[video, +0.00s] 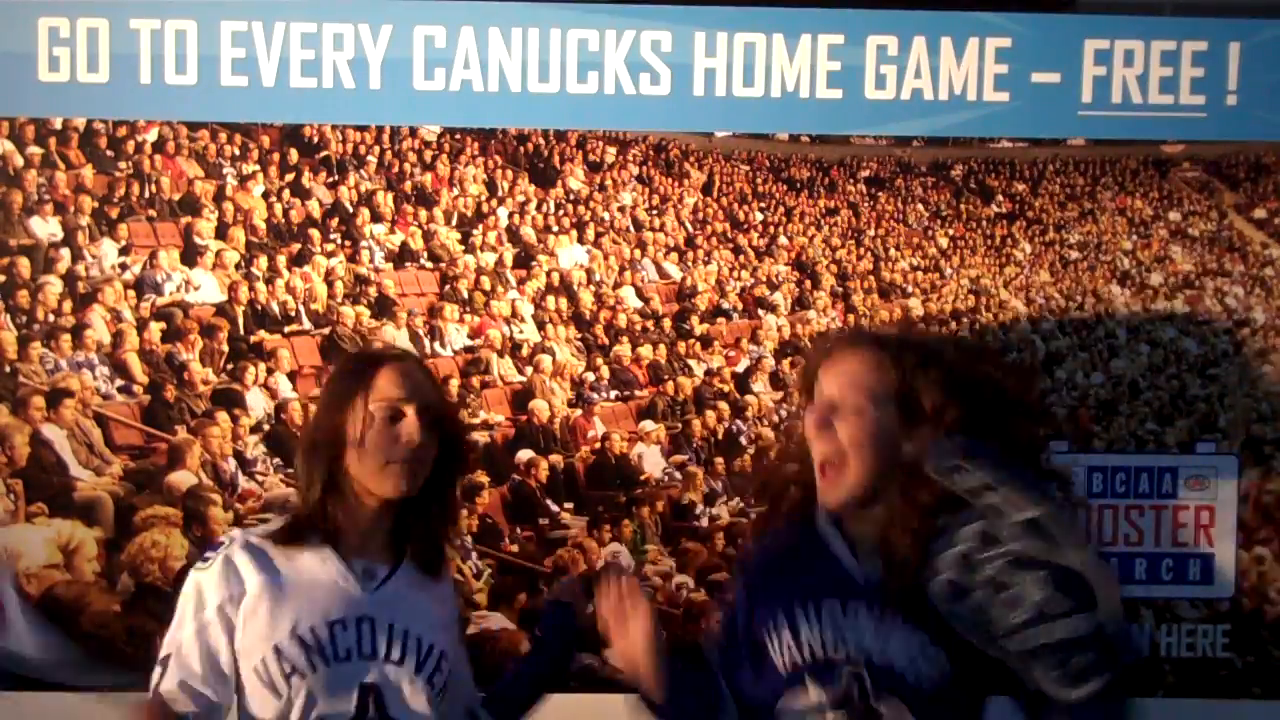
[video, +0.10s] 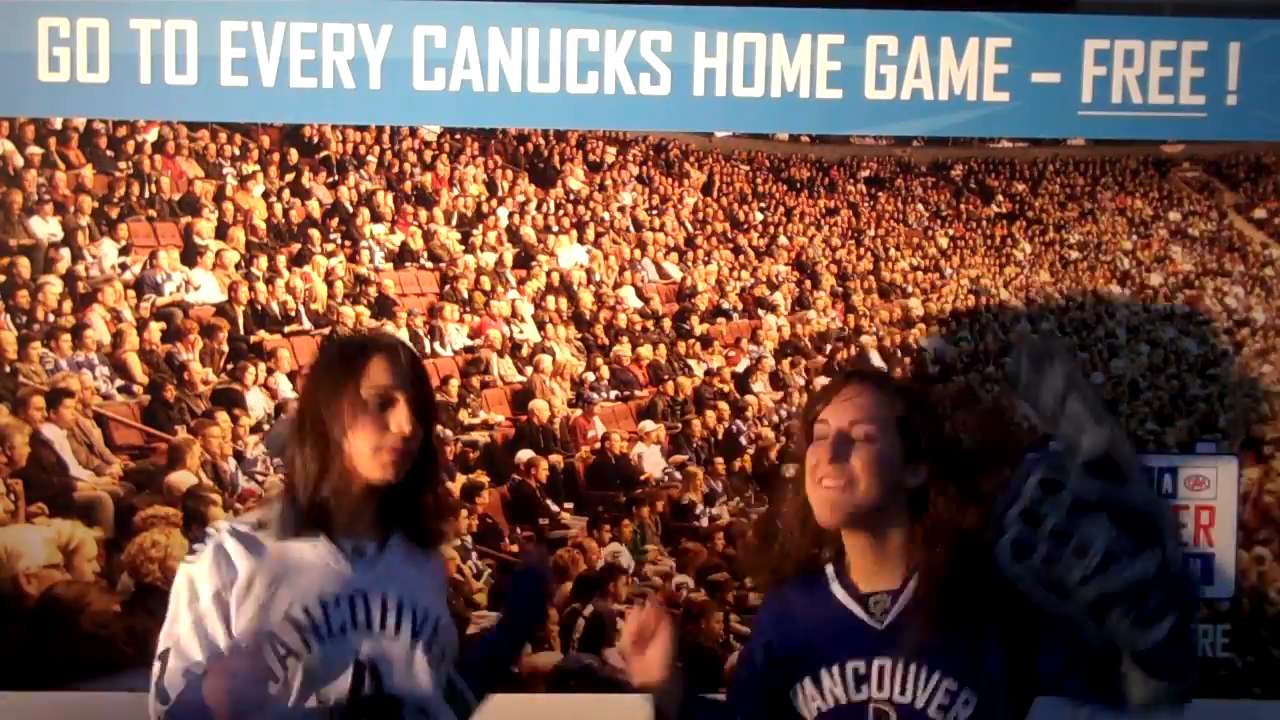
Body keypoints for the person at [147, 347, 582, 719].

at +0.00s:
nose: (418, 434)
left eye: (429, 417)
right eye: (393, 414)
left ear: (441, 438)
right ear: (339, 427)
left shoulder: (440, 593)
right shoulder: (238, 573)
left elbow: (465, 712)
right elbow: (181, 704)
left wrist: (560, 643)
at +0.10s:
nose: (407, 425)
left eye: (414, 403)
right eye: (380, 402)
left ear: (424, 416)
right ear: (327, 413)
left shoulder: (424, 561)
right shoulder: (231, 559)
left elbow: (445, 699)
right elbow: (172, 708)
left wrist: (516, 627)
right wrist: (212, 701)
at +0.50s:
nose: (354, 438)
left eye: (360, 410)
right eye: (322, 431)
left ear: (393, 409)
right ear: (299, 457)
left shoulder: (475, 553)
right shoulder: (264, 563)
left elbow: (504, 710)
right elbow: (223, 707)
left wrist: (529, 585)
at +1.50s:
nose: (431, 424)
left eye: (430, 404)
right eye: (399, 409)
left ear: (436, 415)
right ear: (337, 435)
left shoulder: (474, 558)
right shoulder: (261, 591)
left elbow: (515, 710)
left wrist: (548, 639)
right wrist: (58, 673)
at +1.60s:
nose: (438, 410)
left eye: (435, 392)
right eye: (414, 395)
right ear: (356, 414)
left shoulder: (476, 537)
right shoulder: (268, 567)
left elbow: (509, 699)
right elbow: (193, 713)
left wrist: (561, 664)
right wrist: (84, 685)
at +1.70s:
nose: (458, 363)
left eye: (453, 343)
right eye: (438, 344)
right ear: (377, 356)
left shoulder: (458, 496)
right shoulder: (256, 510)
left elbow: (475, 648)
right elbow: (215, 670)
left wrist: (548, 678)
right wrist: (200, 698)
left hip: (446, 714)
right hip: (308, 710)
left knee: (590, 696)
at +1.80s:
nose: (454, 363)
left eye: (449, 346)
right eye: (437, 347)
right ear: (378, 366)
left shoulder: (432, 493)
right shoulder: (264, 503)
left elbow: (439, 662)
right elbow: (212, 689)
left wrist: (526, 687)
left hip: (422, 709)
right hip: (302, 710)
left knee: (581, 690)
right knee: (573, 696)